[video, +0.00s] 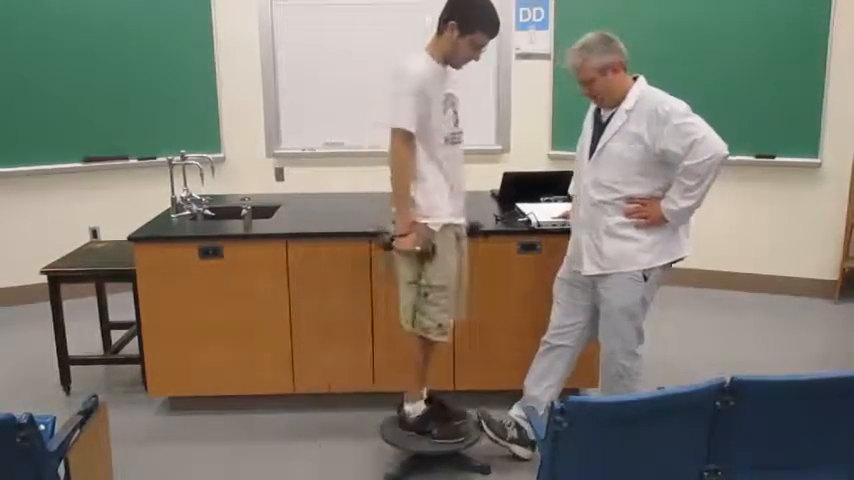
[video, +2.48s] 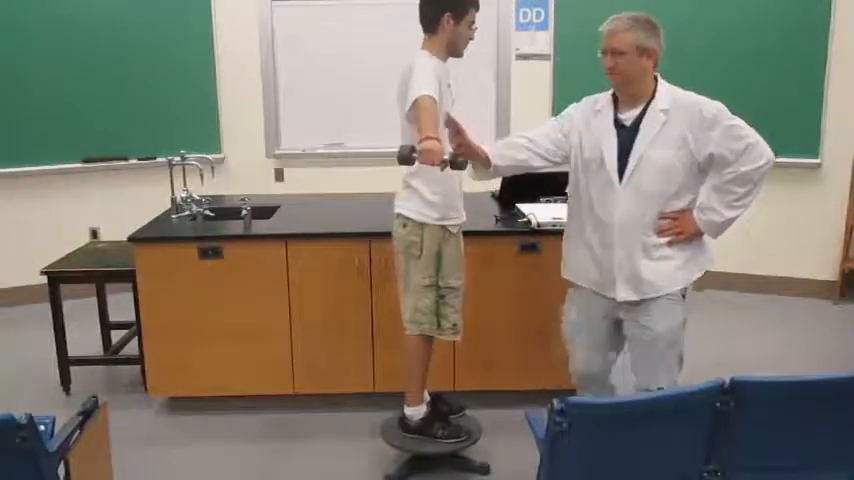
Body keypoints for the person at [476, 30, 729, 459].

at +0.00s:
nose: (584, 91)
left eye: (589, 81)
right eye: (581, 83)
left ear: (615, 70)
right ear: (604, 74)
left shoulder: (657, 108)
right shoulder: (597, 112)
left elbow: (709, 151)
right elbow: (597, 169)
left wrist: (670, 208)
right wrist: (581, 203)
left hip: (631, 256)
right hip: (585, 250)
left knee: (620, 355)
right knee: (561, 338)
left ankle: (617, 438)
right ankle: (528, 424)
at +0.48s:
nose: (594, 91)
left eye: (598, 81)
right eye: (591, 82)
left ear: (626, 71)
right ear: (610, 75)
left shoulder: (665, 110)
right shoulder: (606, 111)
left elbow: (716, 155)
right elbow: (600, 169)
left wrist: (675, 210)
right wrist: (585, 204)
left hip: (633, 258)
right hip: (588, 251)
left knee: (620, 357)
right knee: (561, 339)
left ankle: (616, 441)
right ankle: (529, 424)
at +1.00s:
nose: (605, 88)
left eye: (610, 78)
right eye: (602, 79)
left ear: (641, 71)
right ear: (629, 73)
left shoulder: (679, 115)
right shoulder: (619, 111)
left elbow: (726, 164)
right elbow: (616, 174)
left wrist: (679, 216)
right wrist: (594, 212)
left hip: (634, 260)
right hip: (591, 251)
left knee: (619, 360)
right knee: (561, 338)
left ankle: (619, 445)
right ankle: (527, 424)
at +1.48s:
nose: (606, 72)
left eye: (612, 63)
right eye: (605, 63)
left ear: (645, 58)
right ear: (635, 60)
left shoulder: (680, 105)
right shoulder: (619, 102)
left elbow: (725, 156)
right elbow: (625, 169)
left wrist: (681, 209)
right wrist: (598, 209)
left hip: (639, 255)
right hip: (594, 245)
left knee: (627, 356)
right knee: (568, 333)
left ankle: (624, 440)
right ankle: (553, 421)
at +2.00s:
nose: (610, 62)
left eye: (619, 54)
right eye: (607, 53)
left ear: (649, 56)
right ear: (603, 55)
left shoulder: (684, 109)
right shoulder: (591, 108)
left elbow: (738, 154)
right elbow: (558, 153)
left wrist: (692, 207)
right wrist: (524, 171)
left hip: (648, 261)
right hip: (594, 258)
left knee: (642, 364)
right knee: (598, 358)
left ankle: (642, 447)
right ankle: (599, 439)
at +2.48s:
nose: (606, 63)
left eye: (616, 55)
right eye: (604, 54)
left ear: (649, 58)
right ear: (601, 57)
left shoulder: (696, 115)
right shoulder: (584, 115)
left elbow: (753, 158)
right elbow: (535, 146)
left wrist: (703, 217)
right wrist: (482, 156)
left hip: (657, 281)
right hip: (590, 276)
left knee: (654, 390)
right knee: (586, 375)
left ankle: (652, 479)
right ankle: (602, 467)